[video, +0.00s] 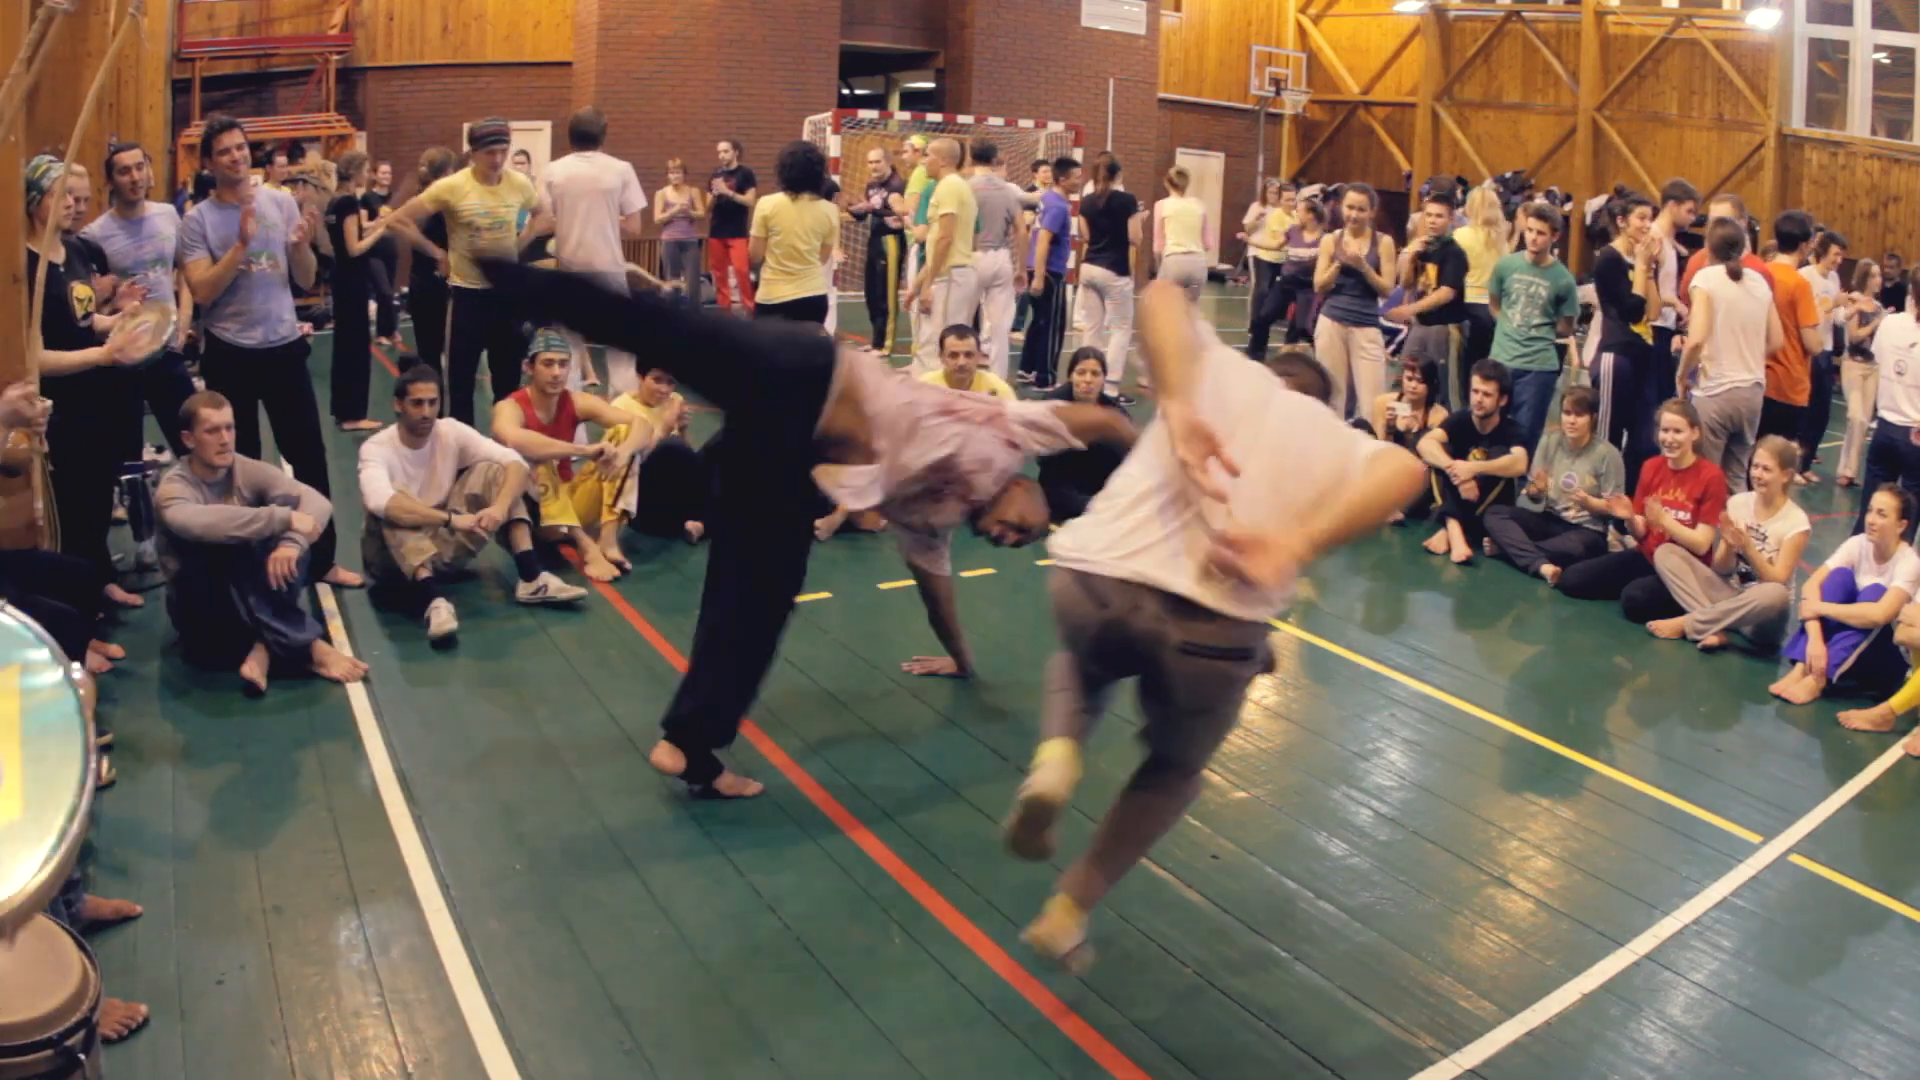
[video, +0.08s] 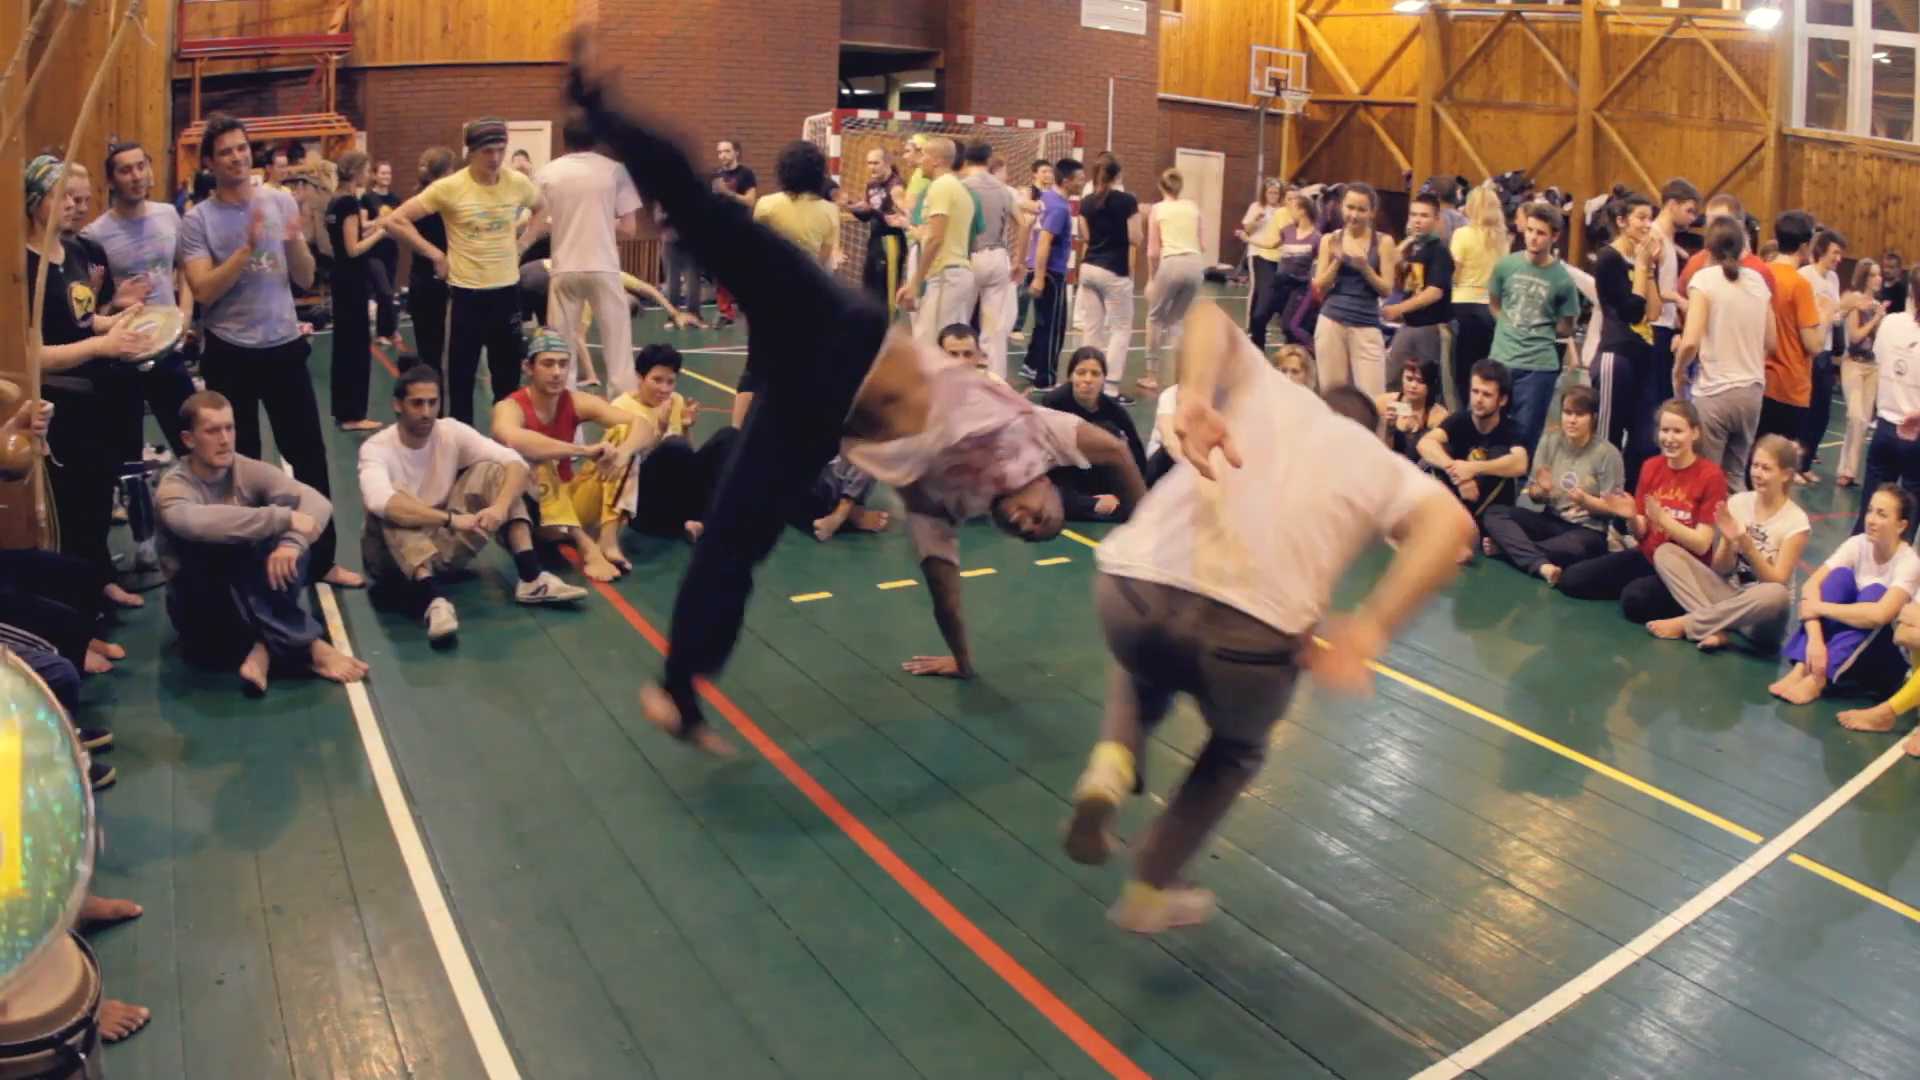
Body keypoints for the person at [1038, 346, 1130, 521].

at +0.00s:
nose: (1088, 380)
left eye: (1095, 374)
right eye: (1081, 373)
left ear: (1104, 379)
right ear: (1070, 377)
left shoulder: (1117, 414)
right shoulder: (1050, 407)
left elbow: (1127, 462)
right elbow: (1044, 462)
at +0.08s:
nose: (1087, 380)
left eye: (1095, 374)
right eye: (1081, 373)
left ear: (1104, 379)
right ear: (1070, 376)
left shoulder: (1116, 413)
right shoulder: (1052, 406)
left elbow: (1139, 462)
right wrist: (1091, 504)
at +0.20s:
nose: (1087, 380)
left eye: (1095, 374)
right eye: (1081, 373)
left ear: (1104, 379)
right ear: (1071, 376)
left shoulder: (1115, 411)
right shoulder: (1050, 405)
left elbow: (1138, 463)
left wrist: (1115, 498)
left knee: (1107, 431)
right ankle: (1128, 511)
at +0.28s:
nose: (1087, 380)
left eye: (1095, 374)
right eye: (1081, 373)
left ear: (1104, 379)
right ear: (1070, 376)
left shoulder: (1114, 411)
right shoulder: (1053, 405)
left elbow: (1138, 464)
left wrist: (1118, 497)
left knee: (1107, 432)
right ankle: (1128, 511)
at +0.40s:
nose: (1087, 380)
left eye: (1094, 374)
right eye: (1081, 372)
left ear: (1103, 378)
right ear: (1070, 376)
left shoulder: (1114, 410)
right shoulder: (1056, 406)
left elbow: (1138, 463)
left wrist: (1116, 496)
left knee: (1106, 432)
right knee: (1062, 504)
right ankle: (1131, 511)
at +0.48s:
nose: (1087, 380)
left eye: (1095, 373)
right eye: (1081, 372)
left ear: (1103, 378)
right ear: (1071, 375)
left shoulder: (1114, 411)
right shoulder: (1061, 408)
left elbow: (1138, 464)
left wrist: (1117, 495)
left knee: (1106, 432)